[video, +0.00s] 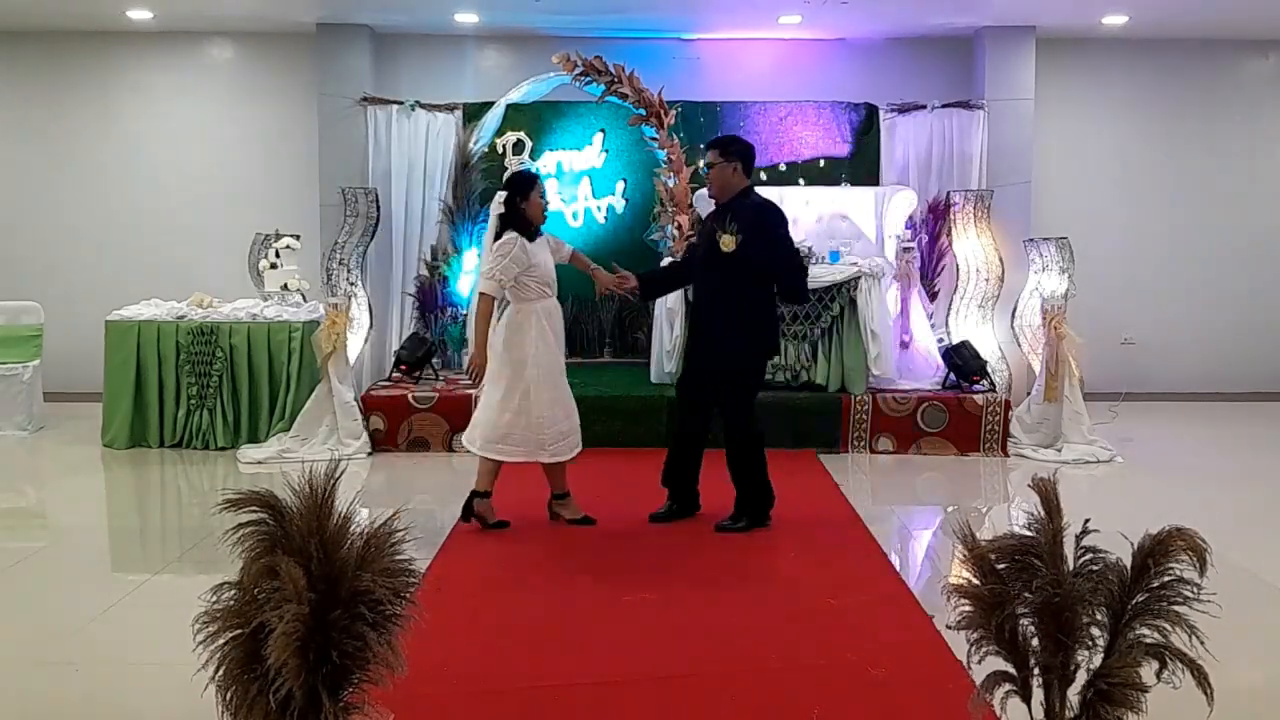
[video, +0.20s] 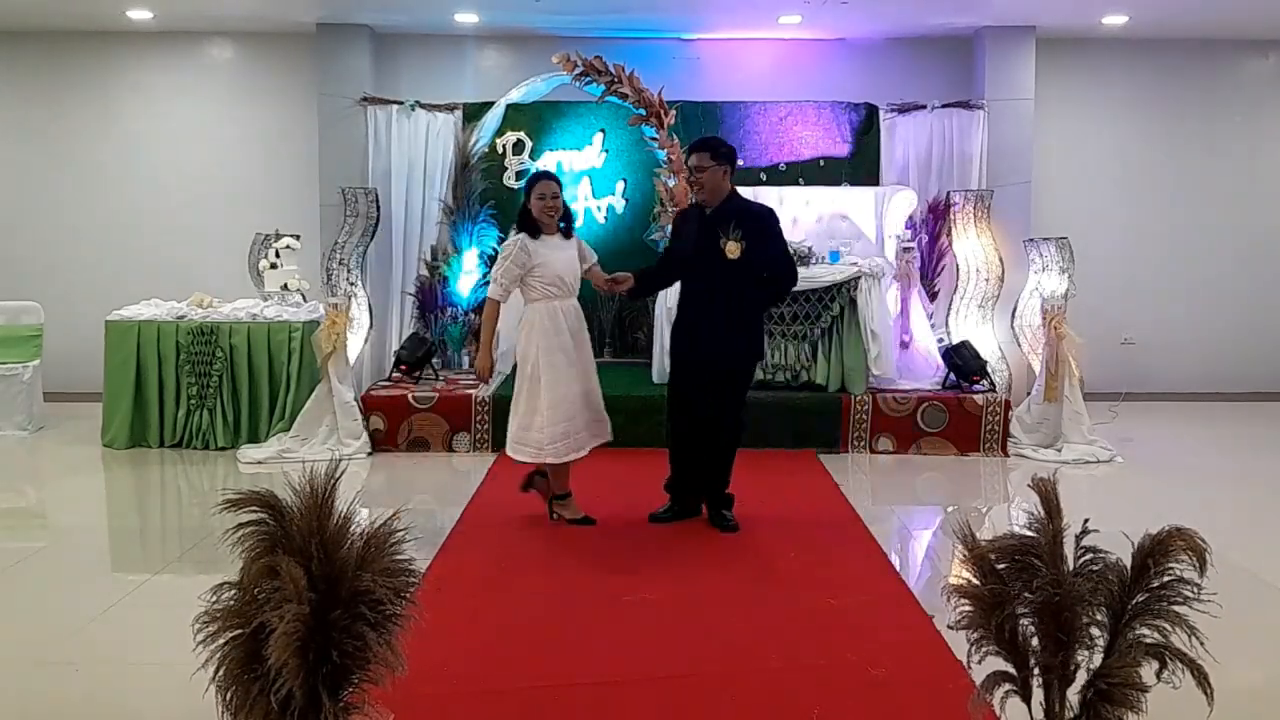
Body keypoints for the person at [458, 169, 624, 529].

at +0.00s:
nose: (546, 204)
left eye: (544, 197)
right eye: (540, 198)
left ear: (529, 203)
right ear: (521, 204)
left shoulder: (541, 241)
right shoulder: (510, 245)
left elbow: (571, 254)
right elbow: (485, 297)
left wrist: (597, 272)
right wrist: (479, 351)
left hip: (535, 344)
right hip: (525, 345)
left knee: (503, 419)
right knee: (553, 417)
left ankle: (480, 497)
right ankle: (561, 499)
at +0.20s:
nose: (550, 204)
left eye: (555, 197)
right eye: (542, 198)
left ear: (562, 201)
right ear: (529, 204)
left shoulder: (574, 244)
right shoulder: (520, 245)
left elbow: (601, 279)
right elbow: (494, 298)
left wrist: (621, 284)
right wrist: (485, 351)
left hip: (571, 329)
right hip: (541, 332)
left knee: (578, 406)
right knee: (557, 410)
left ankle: (546, 475)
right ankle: (562, 495)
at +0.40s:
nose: (561, 201)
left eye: (568, 195)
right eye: (554, 195)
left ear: (577, 199)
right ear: (543, 200)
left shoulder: (596, 239)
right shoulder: (527, 242)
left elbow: (616, 278)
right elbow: (508, 290)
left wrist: (623, 288)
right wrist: (510, 337)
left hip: (588, 329)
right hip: (546, 331)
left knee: (607, 405)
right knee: (558, 412)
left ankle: (608, 483)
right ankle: (571, 494)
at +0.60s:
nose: (569, 206)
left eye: (577, 200)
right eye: (563, 200)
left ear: (588, 205)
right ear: (554, 205)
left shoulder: (604, 245)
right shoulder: (538, 247)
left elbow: (634, 268)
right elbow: (533, 301)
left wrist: (652, 284)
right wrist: (528, 346)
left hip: (593, 340)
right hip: (553, 341)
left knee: (604, 413)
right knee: (566, 420)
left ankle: (614, 472)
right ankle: (592, 494)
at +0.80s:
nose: (578, 217)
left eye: (586, 211)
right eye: (572, 209)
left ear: (597, 217)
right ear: (563, 214)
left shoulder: (610, 254)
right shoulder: (547, 261)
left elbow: (643, 261)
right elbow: (530, 311)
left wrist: (679, 258)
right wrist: (508, 357)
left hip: (602, 352)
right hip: (558, 351)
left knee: (599, 427)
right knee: (563, 436)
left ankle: (578, 511)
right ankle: (590, 493)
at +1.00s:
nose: (593, 209)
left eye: (601, 202)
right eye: (586, 201)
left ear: (612, 208)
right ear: (576, 207)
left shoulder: (629, 249)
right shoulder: (557, 254)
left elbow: (669, 266)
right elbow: (537, 305)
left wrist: (695, 276)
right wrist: (521, 352)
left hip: (611, 350)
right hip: (569, 348)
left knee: (600, 437)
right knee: (566, 435)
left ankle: (576, 532)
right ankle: (585, 504)